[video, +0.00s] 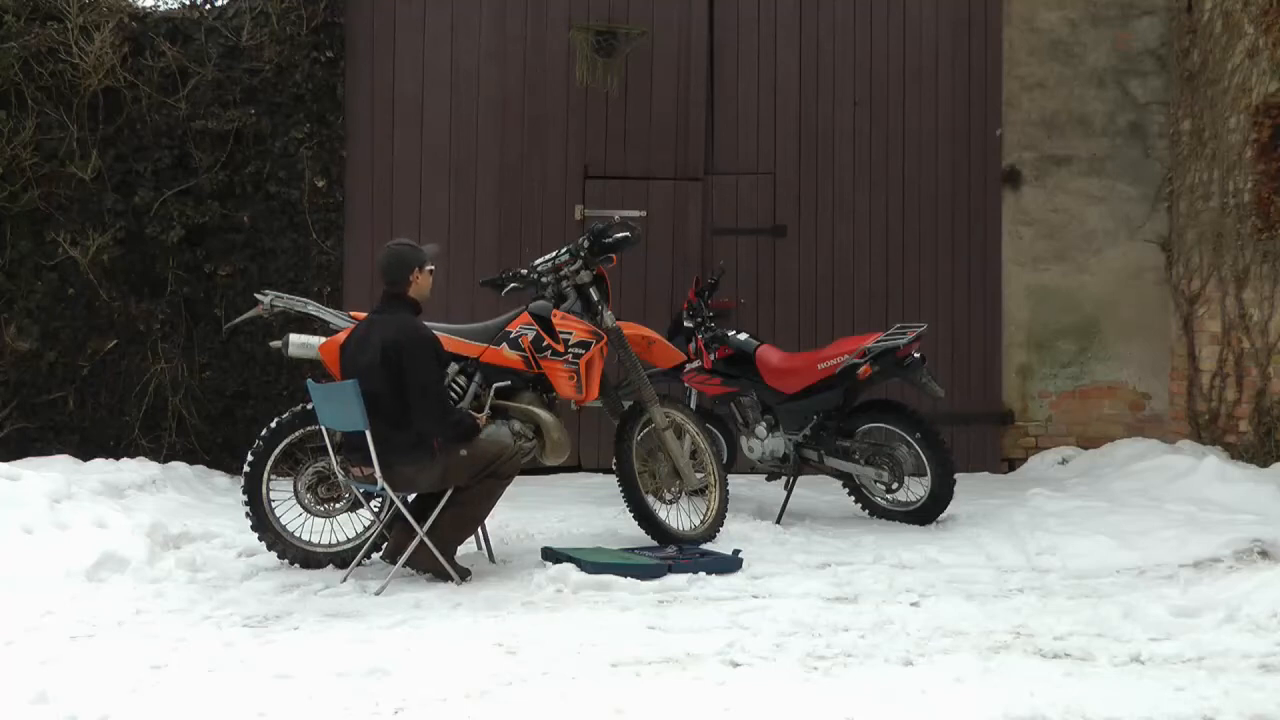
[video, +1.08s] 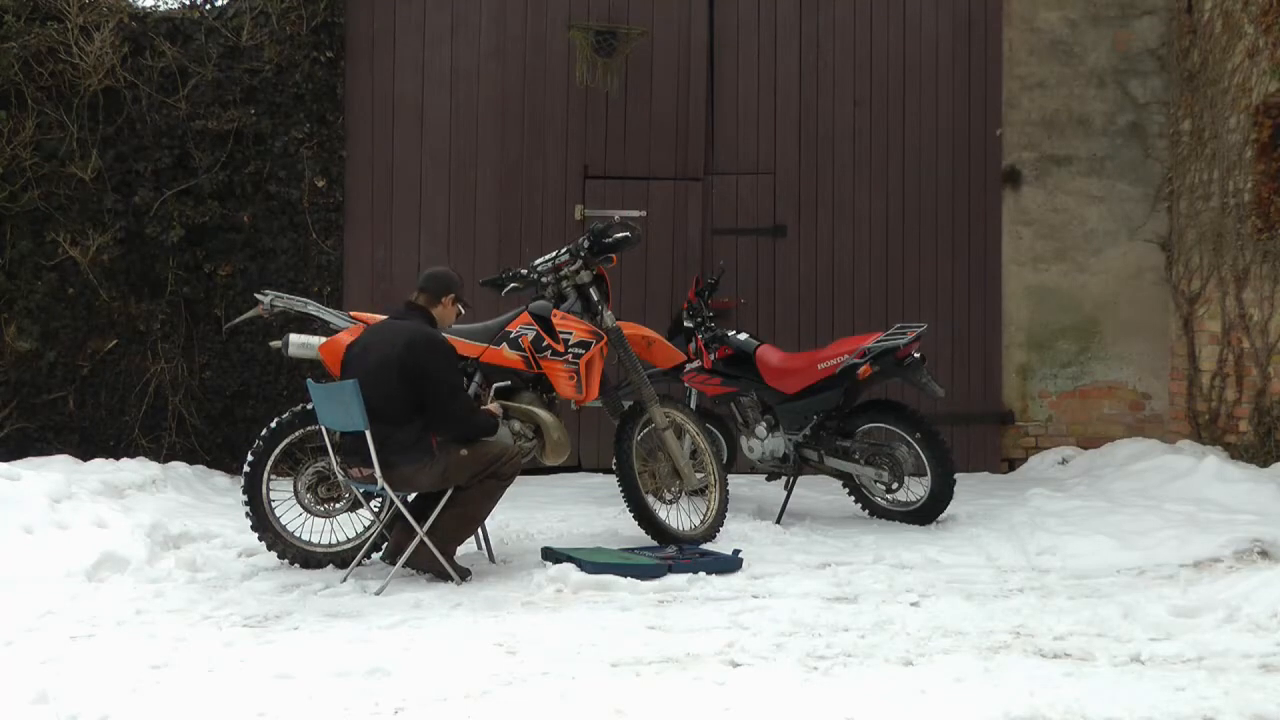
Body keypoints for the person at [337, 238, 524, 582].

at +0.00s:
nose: (432, 276)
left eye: (430, 269)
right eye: (428, 270)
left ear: (389, 279)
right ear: (414, 278)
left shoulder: (362, 331)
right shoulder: (416, 335)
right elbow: (435, 417)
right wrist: (472, 423)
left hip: (374, 460)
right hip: (406, 465)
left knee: (471, 448)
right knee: (504, 453)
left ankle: (405, 538)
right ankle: (435, 549)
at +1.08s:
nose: (456, 315)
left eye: (458, 308)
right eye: (456, 306)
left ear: (417, 297)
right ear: (445, 302)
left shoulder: (372, 333)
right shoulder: (432, 345)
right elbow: (460, 425)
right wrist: (490, 417)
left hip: (359, 457)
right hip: (401, 465)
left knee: (460, 455)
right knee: (507, 456)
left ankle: (403, 543)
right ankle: (434, 550)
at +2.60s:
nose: (475, 340)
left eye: (478, 333)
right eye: (478, 331)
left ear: (442, 314)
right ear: (470, 324)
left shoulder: (391, 338)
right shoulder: (453, 353)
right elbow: (477, 430)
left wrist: (435, 423)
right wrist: (495, 432)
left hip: (356, 457)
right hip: (400, 463)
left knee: (464, 454)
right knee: (507, 461)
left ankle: (402, 543)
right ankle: (434, 552)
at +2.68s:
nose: (475, 339)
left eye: (478, 332)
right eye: (478, 330)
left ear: (442, 314)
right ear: (470, 324)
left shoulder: (391, 338)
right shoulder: (453, 353)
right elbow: (476, 429)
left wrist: (435, 424)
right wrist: (495, 433)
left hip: (357, 458)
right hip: (400, 463)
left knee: (464, 454)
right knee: (507, 462)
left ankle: (402, 543)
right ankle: (434, 552)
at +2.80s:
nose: (476, 339)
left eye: (479, 332)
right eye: (478, 330)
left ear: (442, 314)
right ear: (470, 323)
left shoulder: (391, 338)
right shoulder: (453, 353)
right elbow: (476, 429)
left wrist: (435, 424)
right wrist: (495, 434)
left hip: (356, 456)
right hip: (400, 463)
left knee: (463, 454)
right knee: (507, 462)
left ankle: (402, 543)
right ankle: (434, 552)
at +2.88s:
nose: (476, 338)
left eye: (479, 331)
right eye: (478, 329)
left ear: (442, 314)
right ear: (469, 323)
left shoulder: (392, 338)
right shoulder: (454, 353)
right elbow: (476, 429)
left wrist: (437, 425)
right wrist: (495, 434)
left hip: (357, 456)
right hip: (401, 463)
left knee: (464, 454)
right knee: (507, 462)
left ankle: (402, 543)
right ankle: (435, 551)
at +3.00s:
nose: (478, 337)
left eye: (480, 330)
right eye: (479, 328)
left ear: (442, 314)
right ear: (469, 322)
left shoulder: (393, 337)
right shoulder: (454, 353)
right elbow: (476, 429)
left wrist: (436, 424)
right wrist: (496, 434)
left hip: (357, 456)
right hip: (401, 463)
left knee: (464, 454)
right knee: (507, 462)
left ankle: (403, 543)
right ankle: (434, 551)